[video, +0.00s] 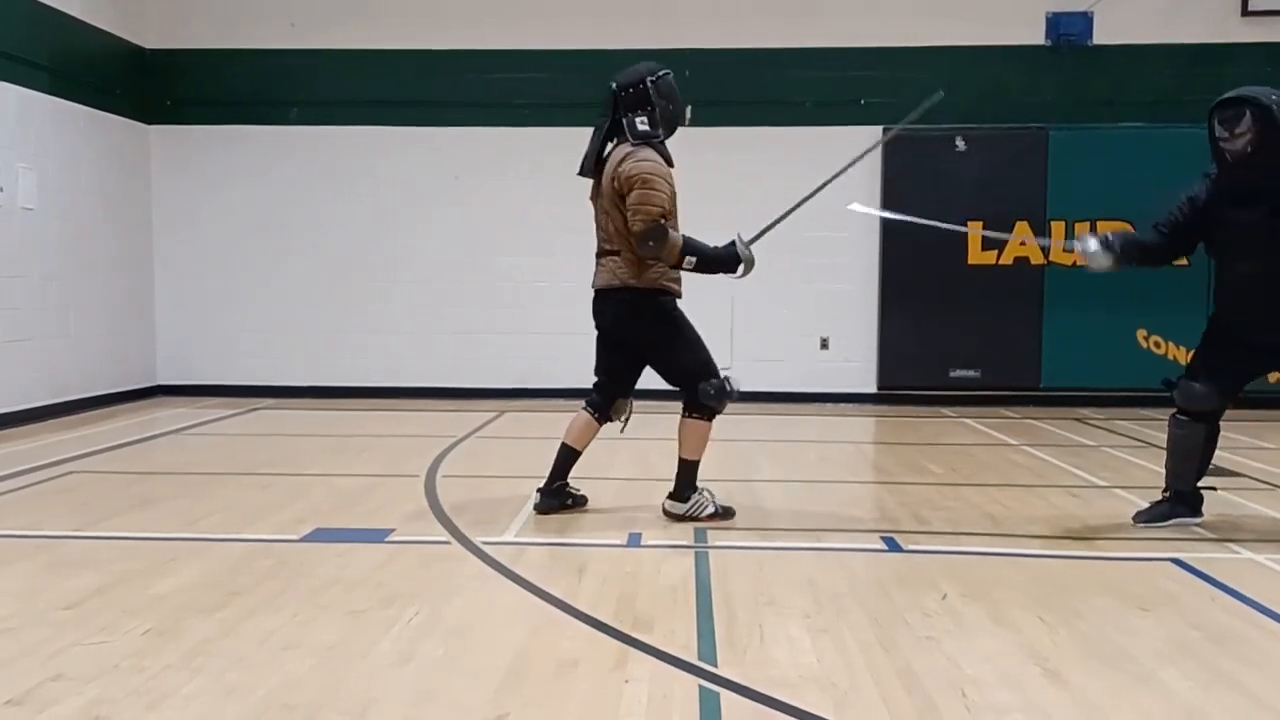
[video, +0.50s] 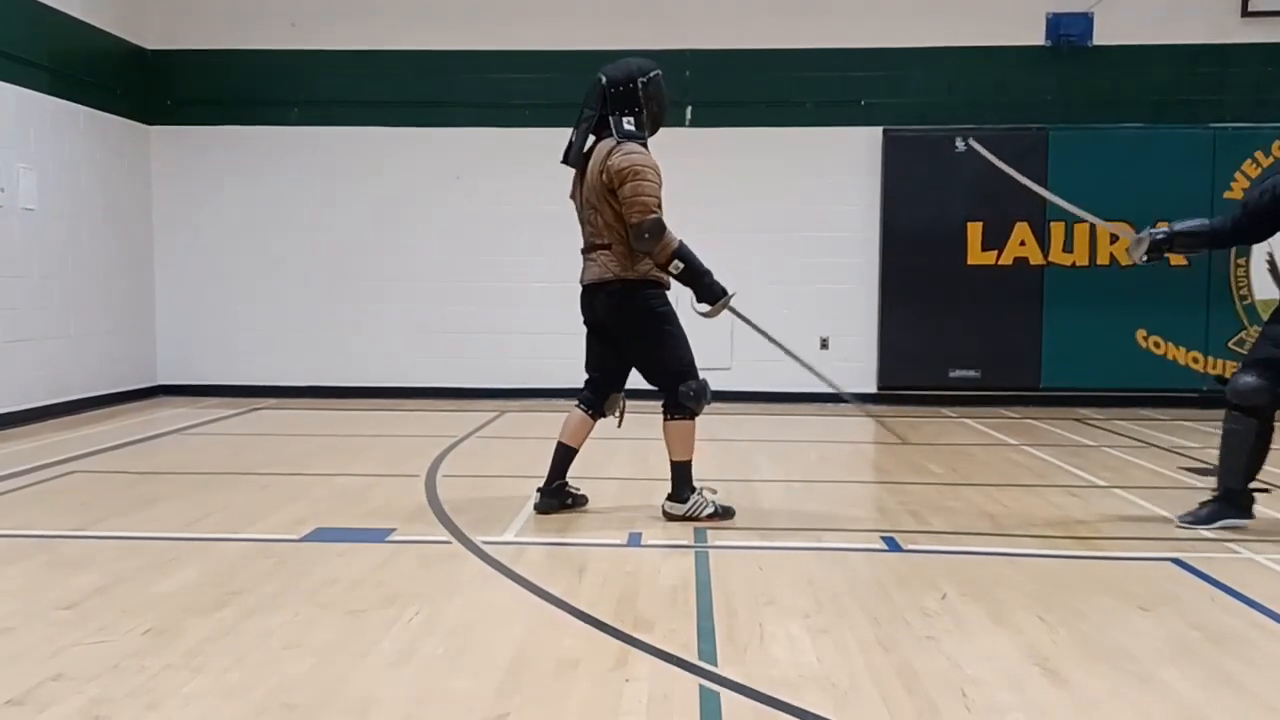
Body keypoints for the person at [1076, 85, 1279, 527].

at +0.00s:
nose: (1226, 136)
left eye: (1239, 127)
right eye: (1222, 128)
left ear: (1267, 132)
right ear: (1216, 134)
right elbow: (1169, 239)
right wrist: (1118, 248)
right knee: (1197, 394)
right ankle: (1181, 496)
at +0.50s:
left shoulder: (1273, 191)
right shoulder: (1272, 189)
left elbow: (1238, 227)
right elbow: (1238, 226)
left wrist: (1163, 237)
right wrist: (1165, 237)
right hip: (1279, 317)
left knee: (1252, 388)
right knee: (1251, 388)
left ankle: (1233, 498)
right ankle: (1232, 497)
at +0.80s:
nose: (1275, 140)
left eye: (1276, 133)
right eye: (1274, 133)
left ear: (1276, 139)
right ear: (1271, 138)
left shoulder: (1266, 188)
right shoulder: (1266, 186)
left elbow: (1219, 225)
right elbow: (1219, 225)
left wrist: (1146, 233)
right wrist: (1146, 232)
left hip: (1270, 322)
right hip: (1267, 318)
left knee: (1236, 398)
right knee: (1232, 399)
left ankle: (1203, 498)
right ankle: (1202, 498)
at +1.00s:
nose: (1270, 118)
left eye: (1277, 110)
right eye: (1267, 110)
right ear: (1256, 117)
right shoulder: (1252, 173)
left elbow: (1199, 218)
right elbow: (1199, 218)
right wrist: (1127, 226)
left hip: (1270, 313)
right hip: (1255, 311)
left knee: (1224, 396)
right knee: (1220, 397)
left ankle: (1201, 498)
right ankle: (1200, 500)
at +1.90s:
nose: (1253, 128)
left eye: (1265, 117)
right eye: (1248, 118)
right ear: (1240, 126)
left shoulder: (1269, 184)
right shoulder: (1238, 190)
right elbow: (1174, 224)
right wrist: (1097, 223)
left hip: (1269, 322)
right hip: (1250, 320)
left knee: (1191, 388)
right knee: (1186, 389)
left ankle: (1143, 488)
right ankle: (1142, 490)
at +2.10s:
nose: (1179, 144)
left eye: (1193, 134)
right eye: (1178, 134)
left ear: (1224, 141)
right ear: (1171, 138)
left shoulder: (1261, 194)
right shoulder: (1166, 201)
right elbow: (1102, 219)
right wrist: (1036, 202)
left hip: (1251, 341)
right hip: (1179, 343)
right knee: (1124, 405)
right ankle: (1083, 500)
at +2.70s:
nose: (1193, 138)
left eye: (1207, 130)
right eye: (1194, 128)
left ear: (1239, 133)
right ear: (1192, 130)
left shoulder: (1268, 188)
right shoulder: (1190, 195)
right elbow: (1137, 240)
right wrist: (1076, 255)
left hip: (1252, 333)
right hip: (1184, 330)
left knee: (1274, 429)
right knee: (1134, 406)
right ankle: (1087, 496)